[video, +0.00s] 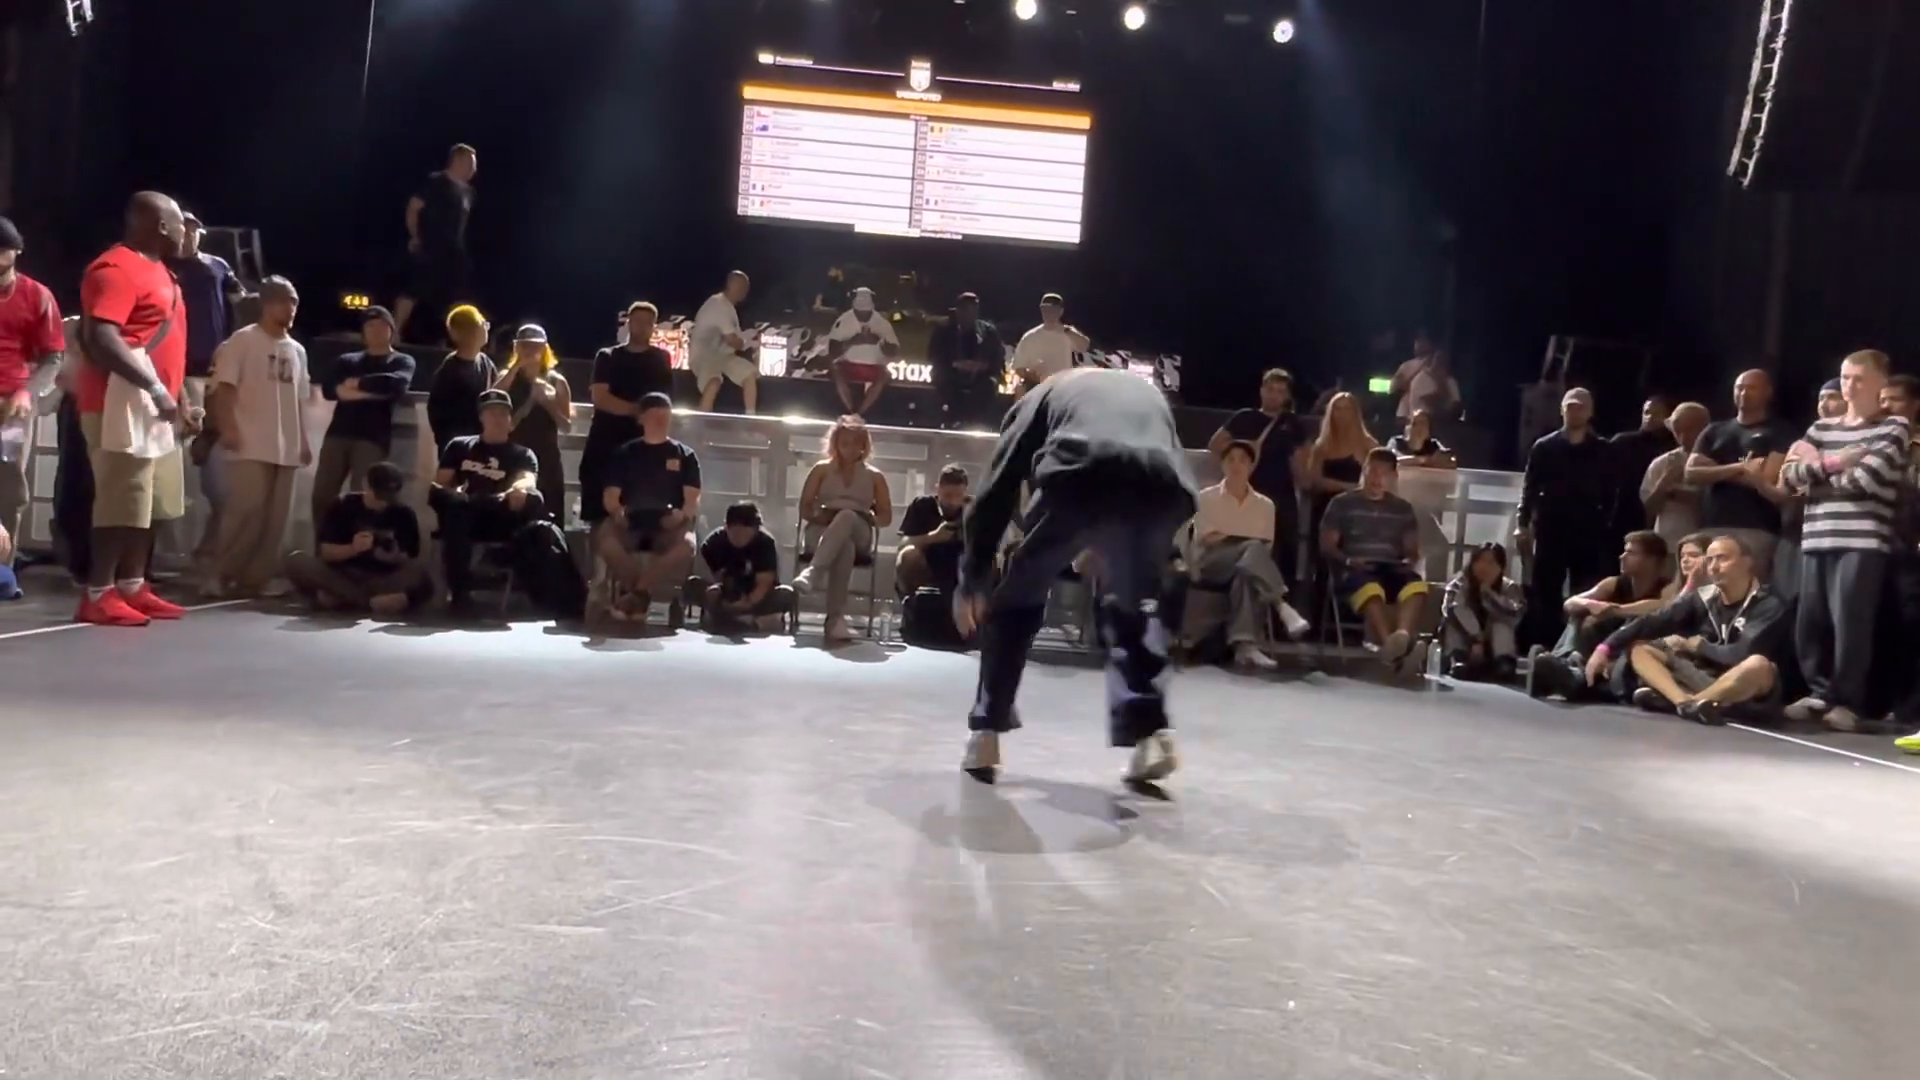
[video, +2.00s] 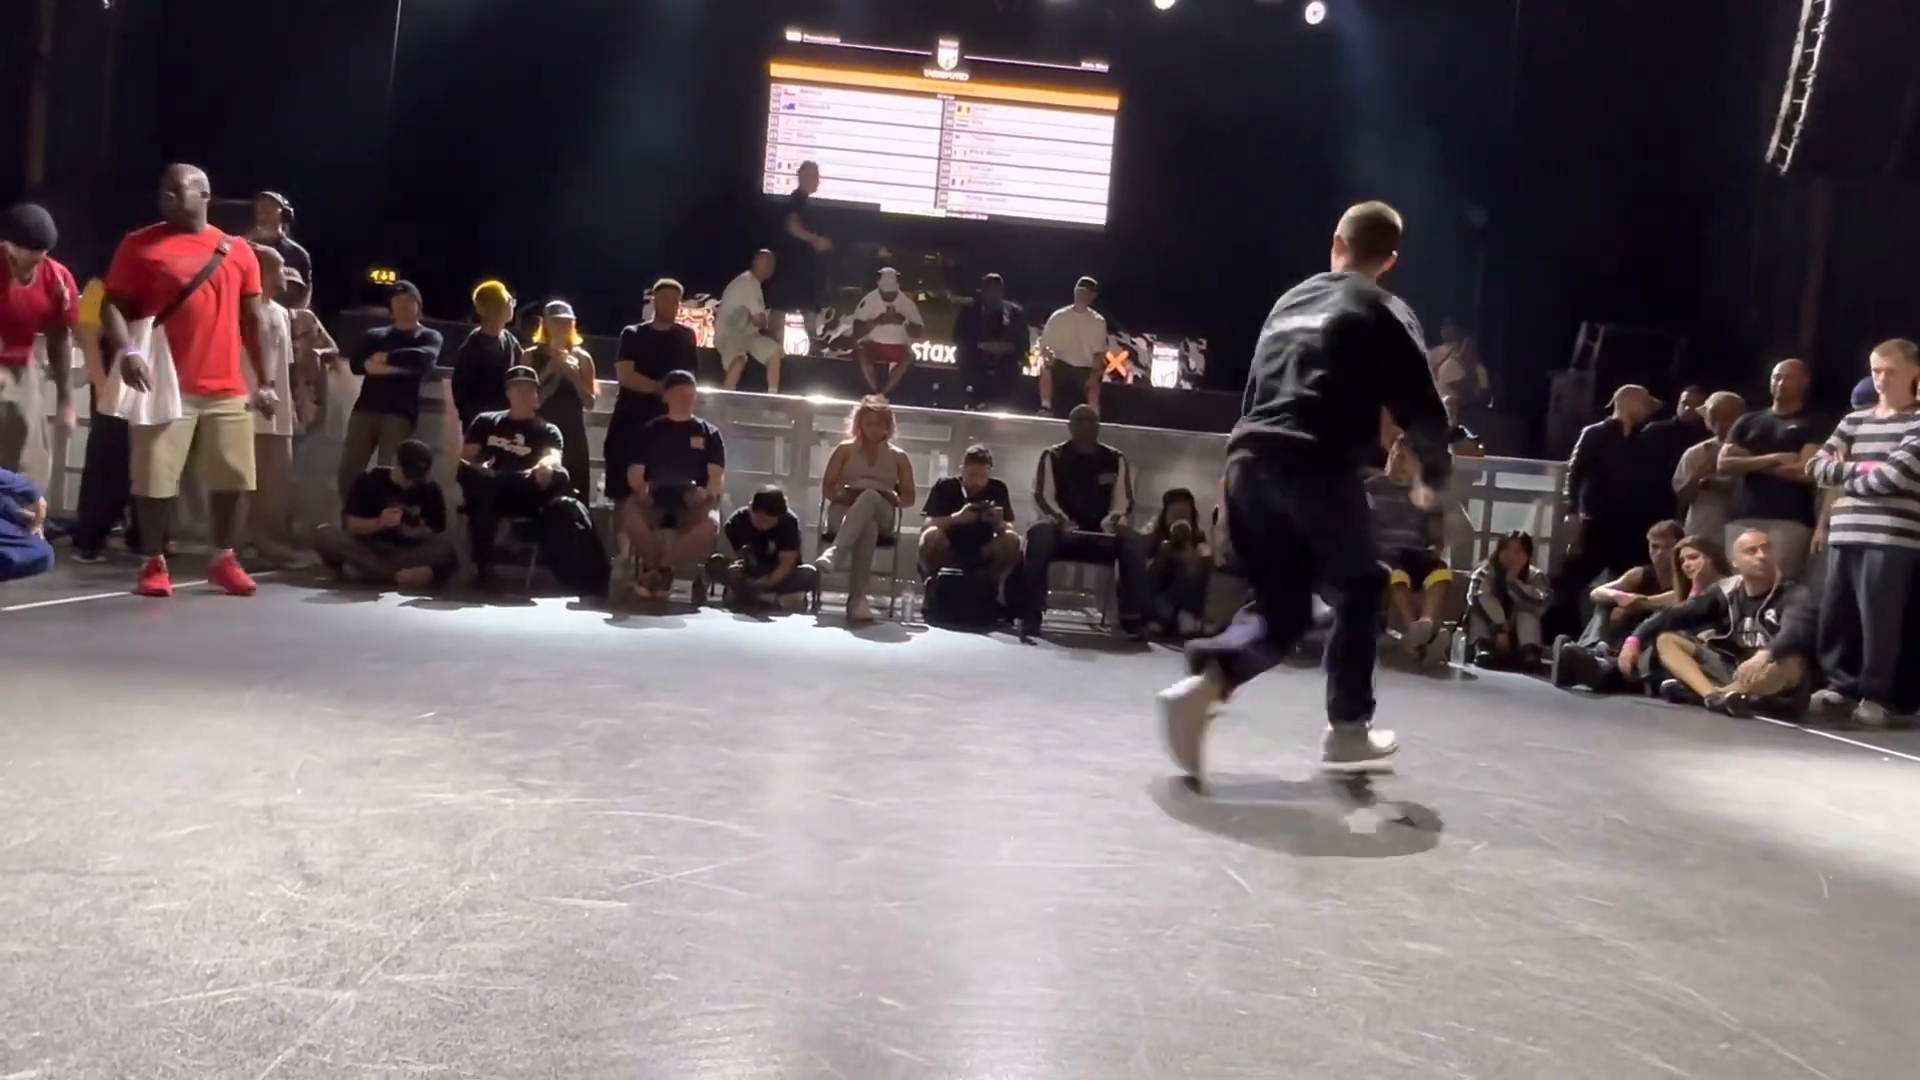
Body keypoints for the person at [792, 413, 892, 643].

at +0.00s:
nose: (851, 449)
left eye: (856, 443)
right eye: (845, 443)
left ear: (864, 446)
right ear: (835, 444)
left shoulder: (874, 477)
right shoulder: (821, 470)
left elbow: (885, 518)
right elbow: (805, 509)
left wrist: (861, 516)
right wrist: (828, 519)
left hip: (860, 538)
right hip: (820, 533)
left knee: (846, 516)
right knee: (845, 545)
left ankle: (812, 572)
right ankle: (835, 619)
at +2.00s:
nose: (874, 429)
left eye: (880, 424)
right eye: (869, 424)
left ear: (889, 426)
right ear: (859, 425)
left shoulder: (898, 457)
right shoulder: (845, 450)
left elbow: (908, 499)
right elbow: (828, 489)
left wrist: (884, 494)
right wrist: (852, 499)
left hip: (883, 518)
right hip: (843, 513)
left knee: (869, 496)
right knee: (868, 525)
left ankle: (835, 551)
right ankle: (857, 599)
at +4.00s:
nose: (874, 427)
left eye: (879, 421)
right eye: (868, 421)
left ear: (888, 425)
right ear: (858, 423)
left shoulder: (898, 457)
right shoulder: (845, 449)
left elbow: (908, 498)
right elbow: (828, 489)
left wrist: (890, 500)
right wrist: (848, 498)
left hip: (883, 517)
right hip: (844, 511)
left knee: (869, 496)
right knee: (869, 526)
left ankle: (835, 552)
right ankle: (857, 598)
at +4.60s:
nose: (875, 428)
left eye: (881, 423)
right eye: (869, 422)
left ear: (889, 427)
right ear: (860, 425)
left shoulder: (899, 459)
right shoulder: (846, 451)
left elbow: (909, 500)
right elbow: (829, 491)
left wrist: (889, 500)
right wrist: (849, 500)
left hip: (884, 520)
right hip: (844, 515)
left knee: (870, 498)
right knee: (870, 530)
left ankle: (835, 554)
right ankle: (857, 601)